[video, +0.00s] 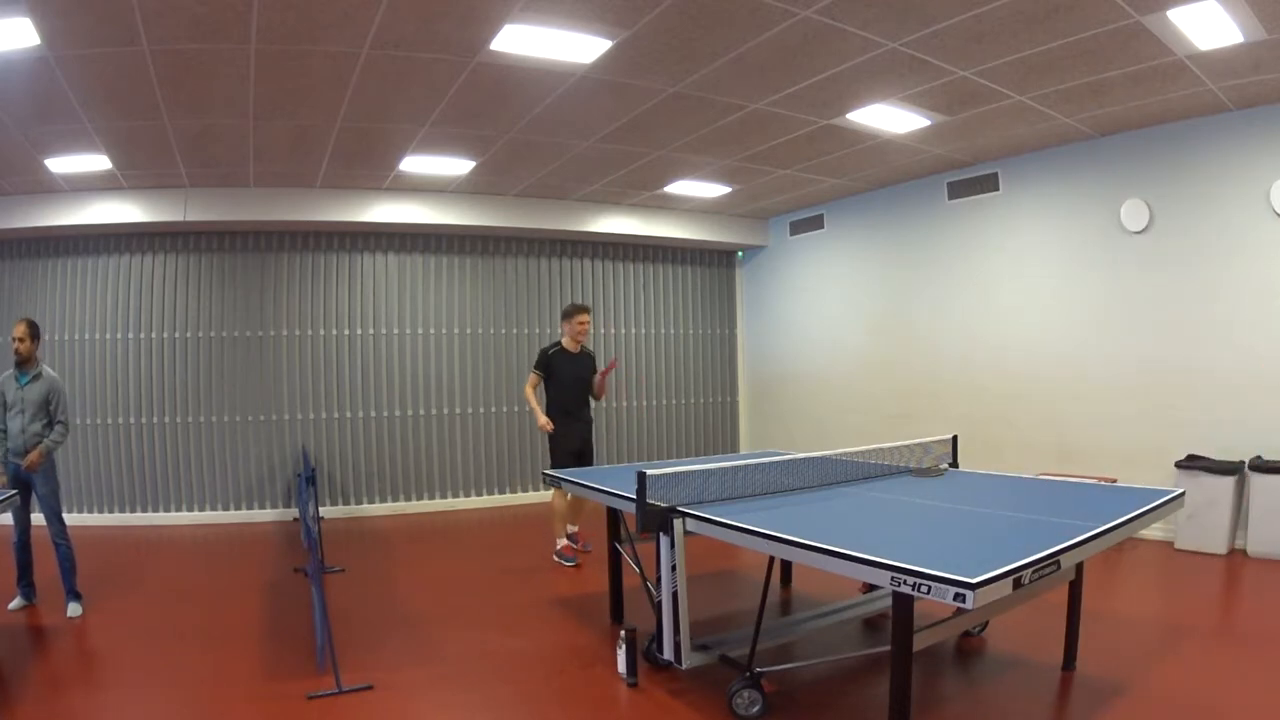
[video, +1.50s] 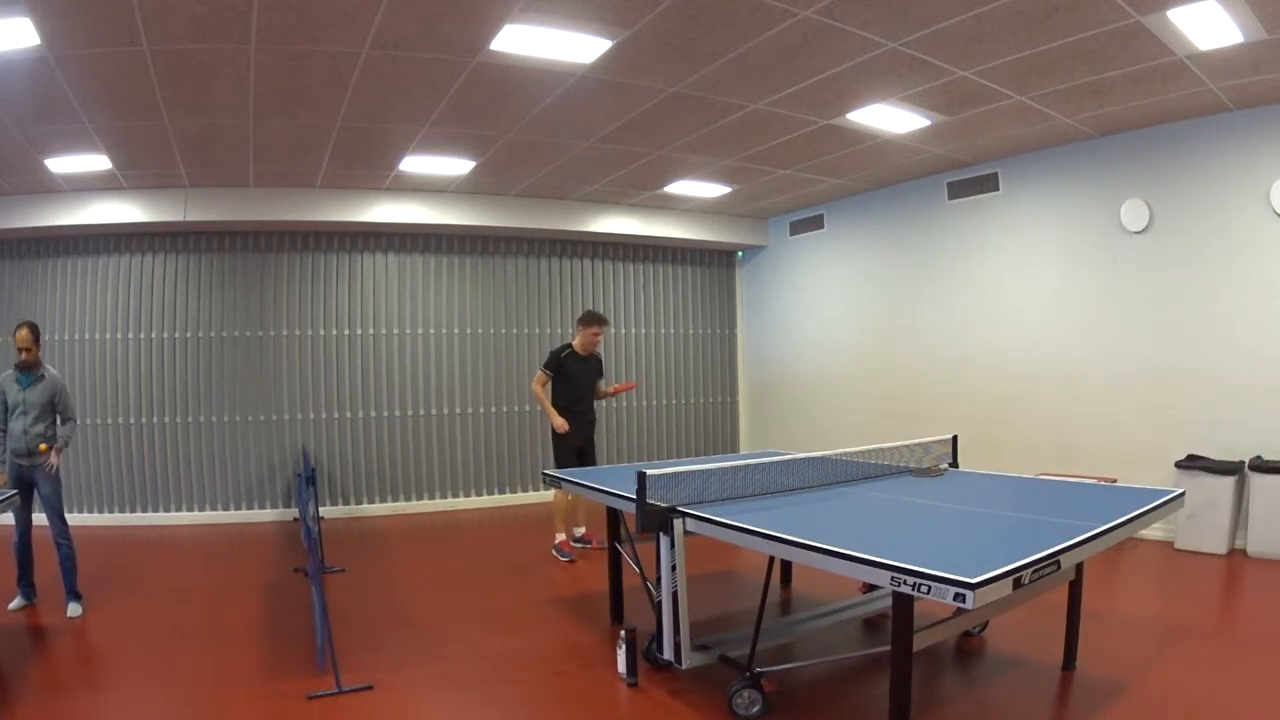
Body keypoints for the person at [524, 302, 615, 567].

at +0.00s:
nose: (585, 328)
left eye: (588, 324)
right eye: (580, 324)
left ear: (589, 327)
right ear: (565, 326)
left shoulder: (588, 357)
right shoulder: (549, 355)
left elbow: (597, 395)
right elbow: (529, 388)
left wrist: (601, 379)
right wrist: (539, 415)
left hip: (583, 426)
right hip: (560, 427)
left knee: (583, 484)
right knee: (562, 486)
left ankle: (572, 531)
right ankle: (560, 543)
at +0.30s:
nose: (588, 340)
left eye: (590, 335)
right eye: (584, 334)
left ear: (587, 333)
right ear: (567, 330)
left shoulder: (581, 355)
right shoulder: (543, 355)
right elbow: (525, 389)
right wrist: (546, 415)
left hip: (580, 428)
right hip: (556, 430)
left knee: (591, 484)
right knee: (559, 488)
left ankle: (581, 537)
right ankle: (561, 544)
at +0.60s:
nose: (586, 347)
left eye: (588, 342)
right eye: (584, 342)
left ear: (581, 340)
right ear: (569, 337)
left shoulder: (578, 357)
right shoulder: (543, 359)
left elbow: (580, 384)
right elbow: (524, 393)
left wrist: (594, 388)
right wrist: (544, 423)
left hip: (579, 430)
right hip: (556, 433)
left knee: (588, 485)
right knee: (556, 489)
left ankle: (583, 536)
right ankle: (560, 544)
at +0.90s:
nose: (592, 348)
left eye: (593, 343)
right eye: (589, 343)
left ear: (585, 340)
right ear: (575, 337)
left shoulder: (585, 359)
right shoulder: (550, 359)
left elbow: (584, 389)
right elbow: (530, 394)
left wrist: (598, 389)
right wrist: (550, 420)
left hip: (580, 429)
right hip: (559, 430)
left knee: (581, 484)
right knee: (558, 487)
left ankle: (578, 533)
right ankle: (560, 544)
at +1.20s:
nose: (600, 351)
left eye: (602, 347)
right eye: (599, 346)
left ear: (596, 342)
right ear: (586, 338)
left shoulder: (593, 363)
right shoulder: (557, 357)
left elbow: (593, 395)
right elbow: (537, 391)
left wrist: (608, 393)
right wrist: (555, 415)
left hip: (584, 428)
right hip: (563, 428)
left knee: (582, 482)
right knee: (564, 484)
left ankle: (579, 533)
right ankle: (560, 541)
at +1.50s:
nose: (599, 339)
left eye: (601, 335)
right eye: (595, 334)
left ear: (600, 335)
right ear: (580, 332)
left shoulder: (595, 360)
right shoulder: (560, 356)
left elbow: (596, 393)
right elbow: (537, 385)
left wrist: (611, 391)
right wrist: (553, 416)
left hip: (586, 428)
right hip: (565, 428)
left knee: (585, 482)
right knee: (565, 484)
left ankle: (579, 533)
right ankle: (560, 539)